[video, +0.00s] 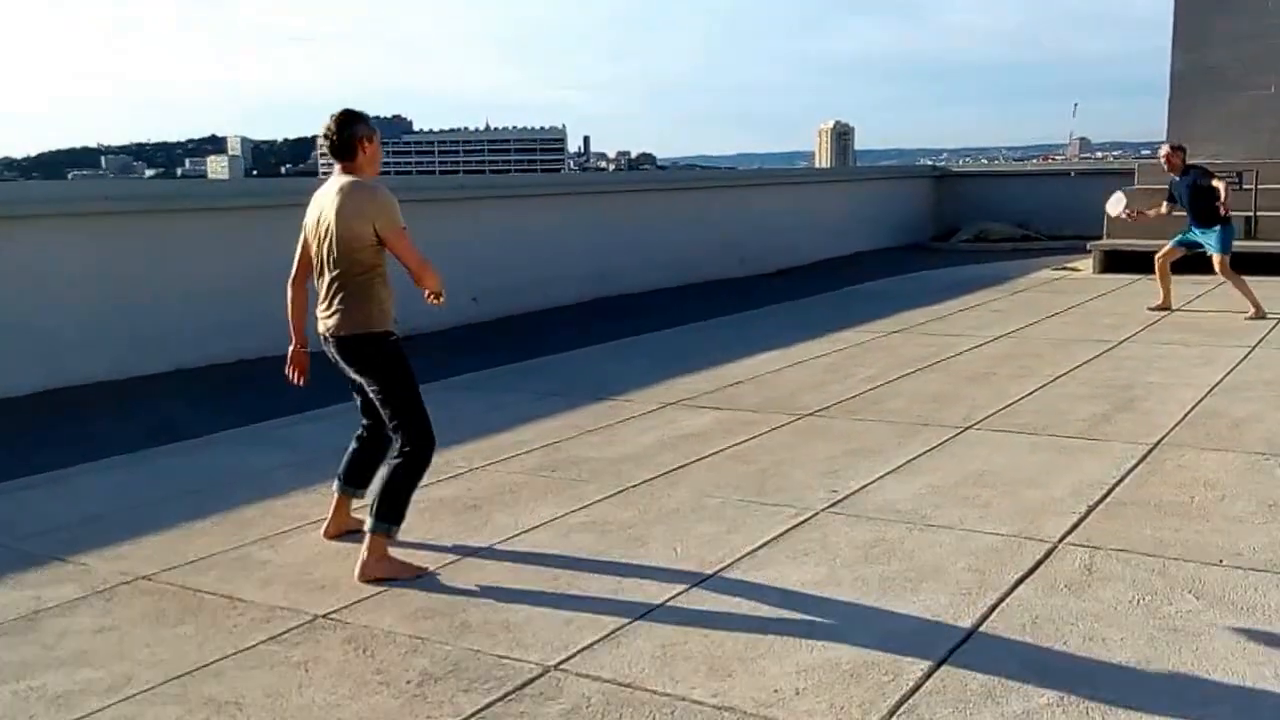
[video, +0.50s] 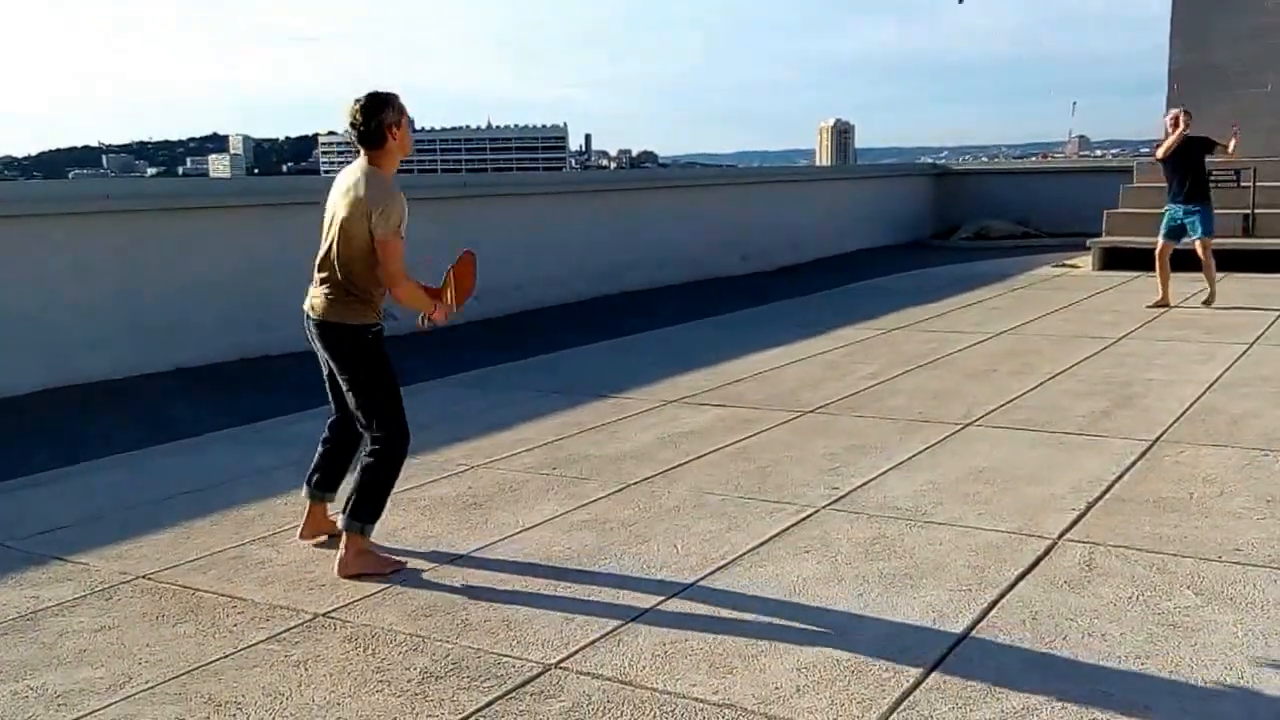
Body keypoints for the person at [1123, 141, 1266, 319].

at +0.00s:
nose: (1164, 161)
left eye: (1168, 156)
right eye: (1162, 158)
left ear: (1180, 157)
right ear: (1163, 160)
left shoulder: (1196, 173)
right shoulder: (1174, 183)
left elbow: (1221, 184)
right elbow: (1165, 210)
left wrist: (1223, 201)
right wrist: (1140, 214)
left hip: (1217, 229)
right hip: (1195, 231)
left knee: (1222, 268)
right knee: (1161, 259)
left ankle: (1257, 307)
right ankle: (1165, 302)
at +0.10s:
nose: (1160, 161)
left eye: (1163, 156)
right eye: (1159, 157)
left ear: (1175, 155)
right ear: (1160, 160)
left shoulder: (1197, 170)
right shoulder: (1168, 184)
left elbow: (1224, 183)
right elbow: (1160, 210)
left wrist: (1228, 200)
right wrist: (1134, 213)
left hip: (1215, 225)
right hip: (1191, 226)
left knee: (1224, 266)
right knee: (1158, 259)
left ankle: (1256, 306)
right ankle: (1166, 301)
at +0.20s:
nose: (1159, 151)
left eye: (1163, 147)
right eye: (1157, 148)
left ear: (1175, 148)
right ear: (1156, 151)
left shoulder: (1192, 163)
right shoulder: (1161, 175)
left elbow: (1221, 175)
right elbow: (1157, 197)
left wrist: (1229, 185)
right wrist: (1144, 191)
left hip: (1208, 222)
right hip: (1184, 225)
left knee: (1223, 259)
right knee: (1154, 259)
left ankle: (1252, 304)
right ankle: (1166, 299)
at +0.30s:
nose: (1164, 139)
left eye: (1168, 135)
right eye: (1162, 135)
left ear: (1178, 138)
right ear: (1160, 139)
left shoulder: (1193, 154)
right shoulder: (1159, 163)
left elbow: (1221, 164)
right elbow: (1161, 184)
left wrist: (1231, 165)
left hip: (1204, 215)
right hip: (1179, 218)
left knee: (1219, 255)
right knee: (1155, 258)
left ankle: (1243, 298)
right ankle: (1165, 298)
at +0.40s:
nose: (1173, 130)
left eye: (1176, 126)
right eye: (1169, 126)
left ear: (1183, 128)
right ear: (1164, 130)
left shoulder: (1196, 146)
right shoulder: (1160, 152)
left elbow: (1225, 155)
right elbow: (1161, 166)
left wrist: (1233, 149)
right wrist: (1175, 146)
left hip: (1200, 209)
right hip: (1176, 211)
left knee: (1209, 251)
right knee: (1158, 253)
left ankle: (1227, 293)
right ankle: (1164, 298)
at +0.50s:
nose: (1177, 126)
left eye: (1181, 122)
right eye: (1173, 123)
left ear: (1187, 124)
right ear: (1167, 126)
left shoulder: (1197, 142)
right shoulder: (1164, 146)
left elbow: (1228, 151)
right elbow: (1160, 155)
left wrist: (1234, 140)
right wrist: (1179, 133)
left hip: (1198, 206)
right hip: (1175, 206)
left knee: (1203, 251)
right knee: (1161, 252)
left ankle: (1212, 290)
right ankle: (1163, 297)